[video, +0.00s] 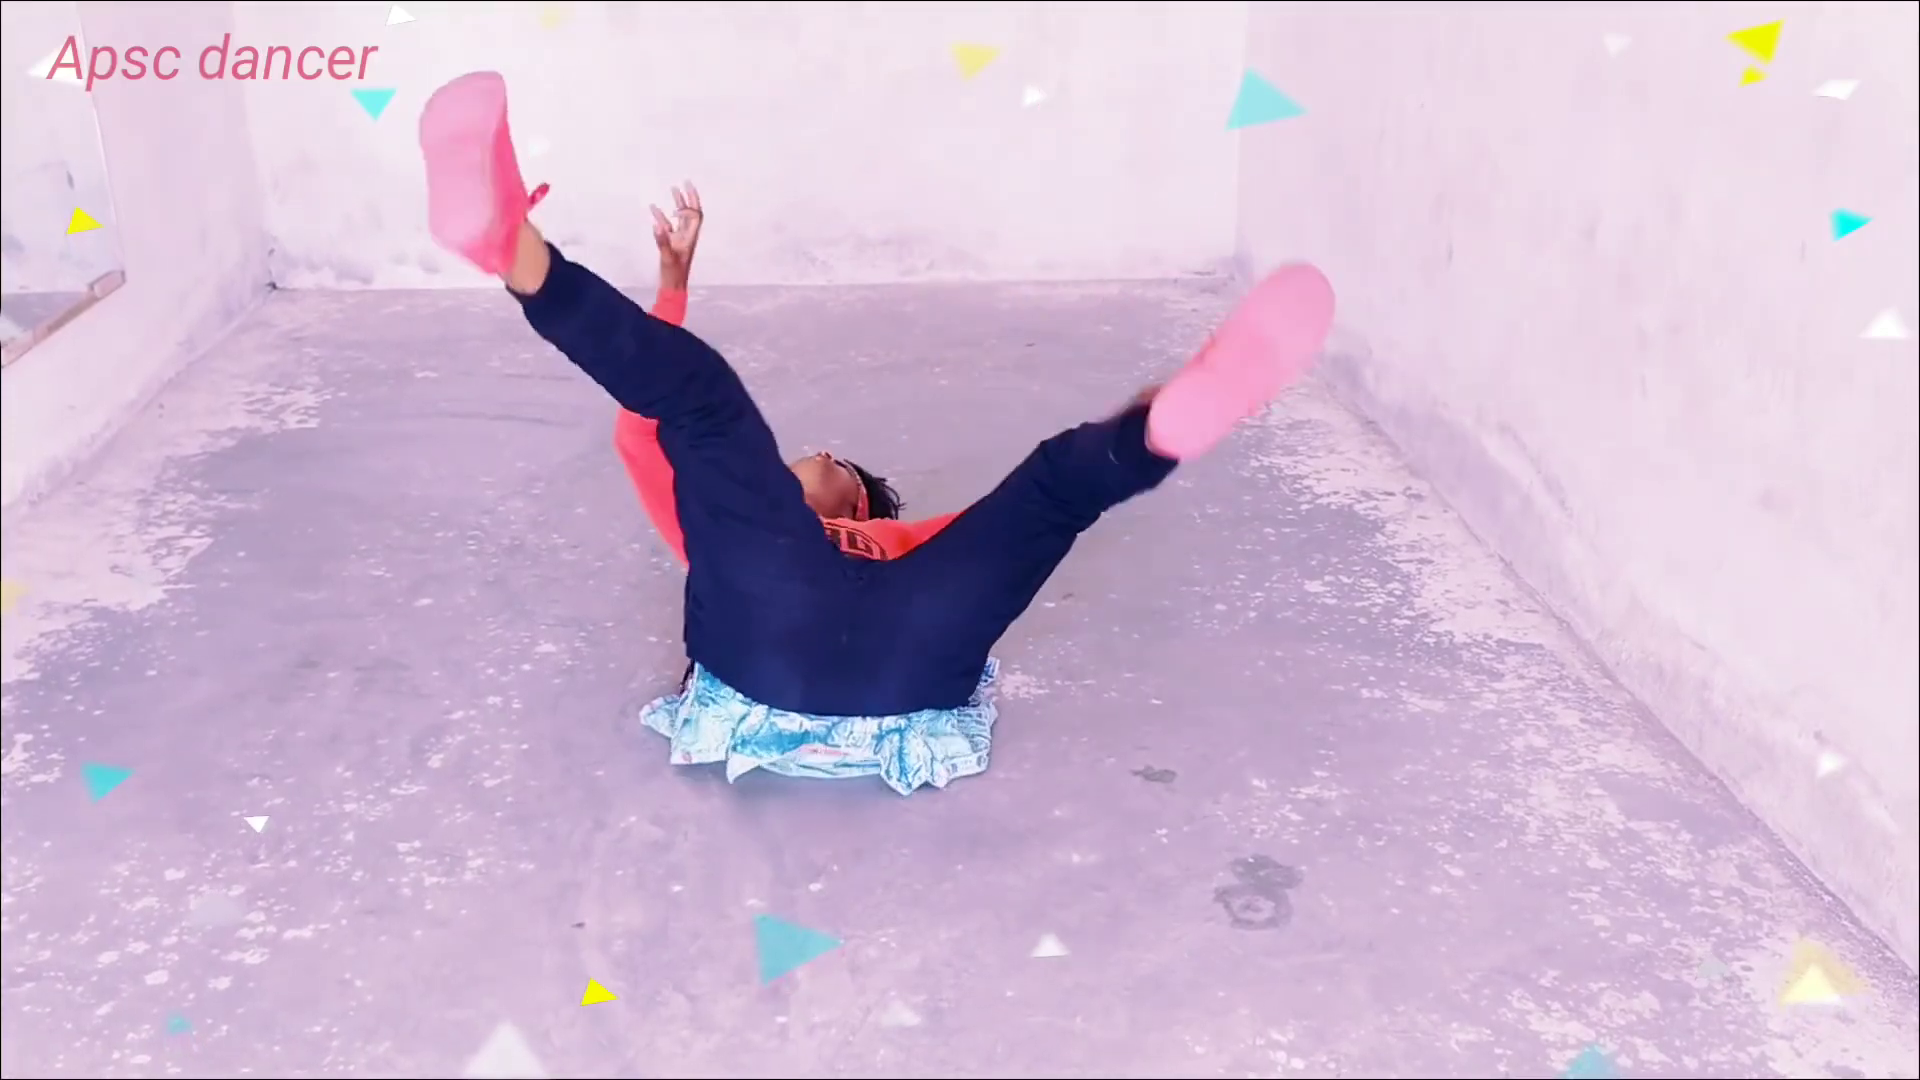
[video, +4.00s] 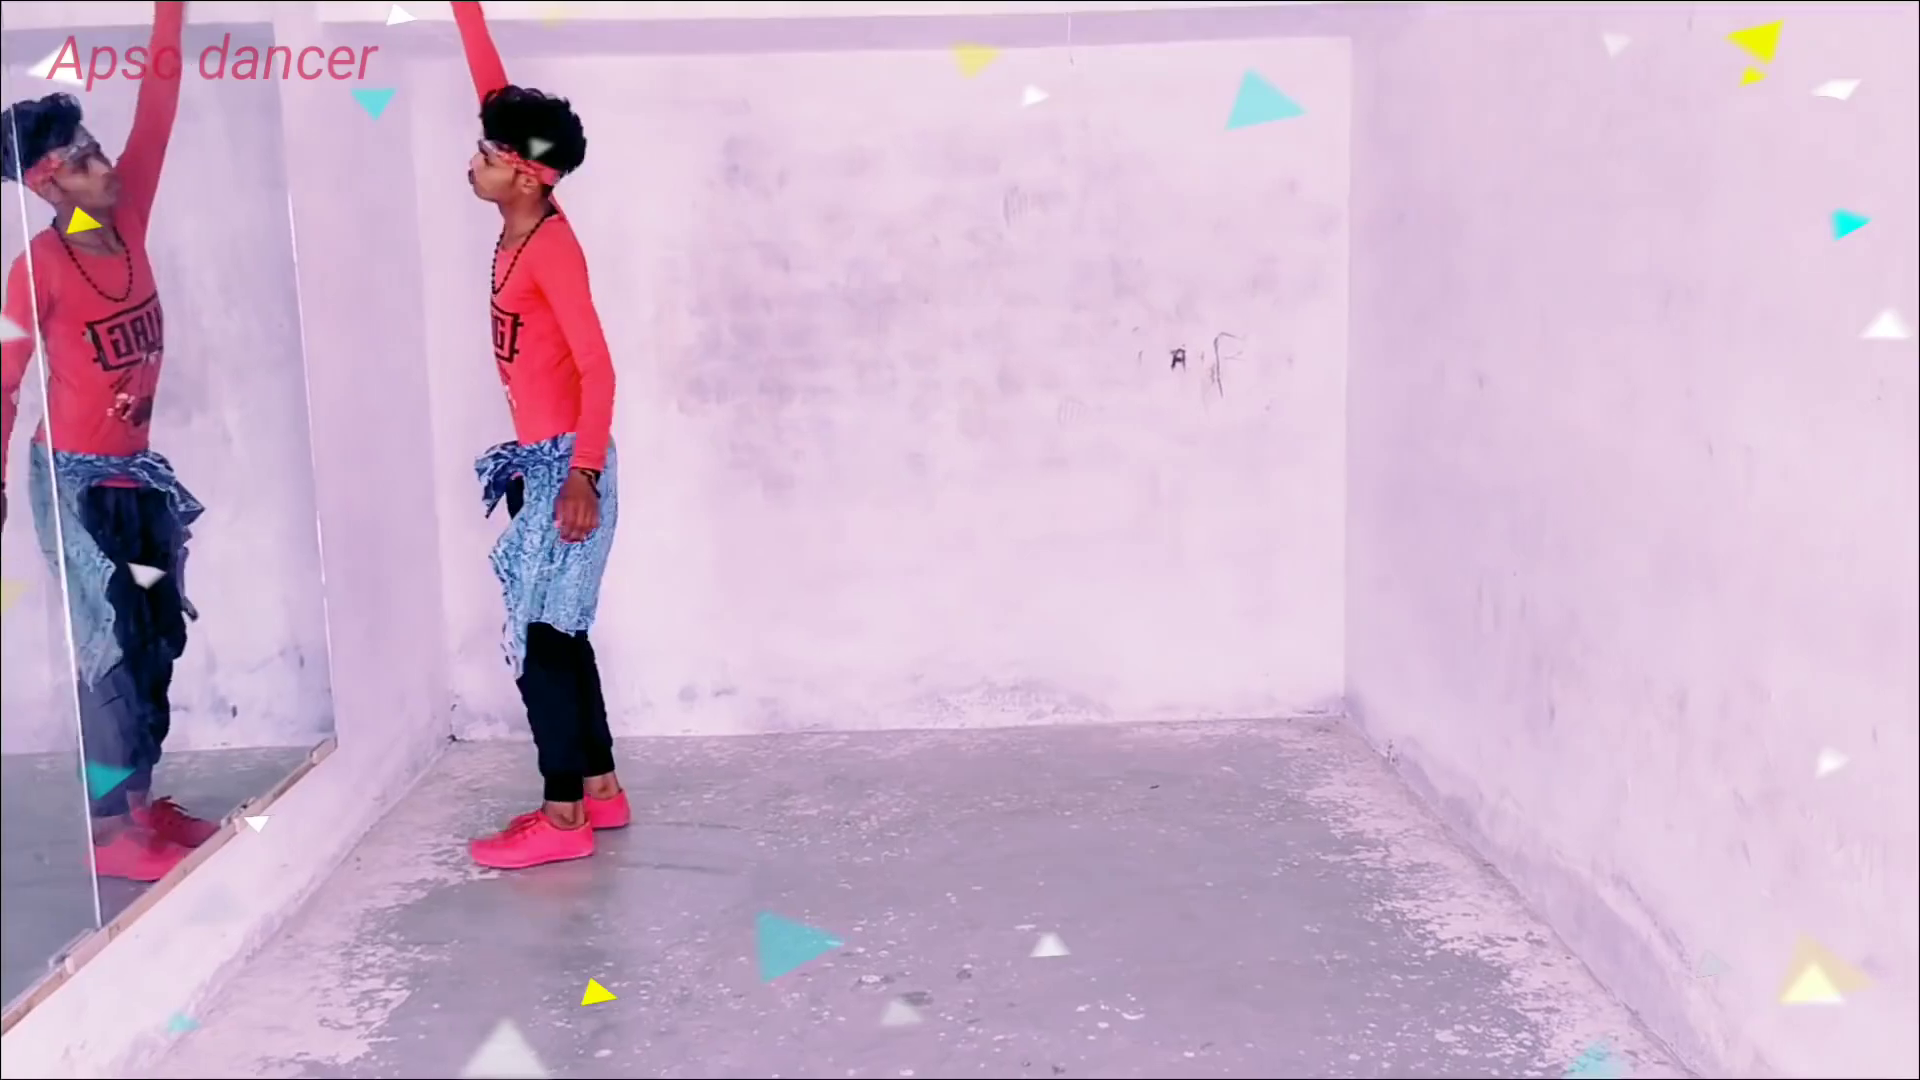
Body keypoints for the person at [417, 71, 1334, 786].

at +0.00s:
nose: (800, 464)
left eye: (821, 467)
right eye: (797, 469)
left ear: (863, 501)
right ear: (778, 489)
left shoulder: (901, 540)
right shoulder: (735, 531)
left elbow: (1007, 527)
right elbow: (651, 435)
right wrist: (675, 289)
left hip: (904, 671)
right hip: (758, 656)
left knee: (1050, 487)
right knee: (702, 402)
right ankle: (509, 247)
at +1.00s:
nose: (892, 337)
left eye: (913, 307)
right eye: (869, 310)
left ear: (964, 281)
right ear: (846, 296)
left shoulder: (1023, 394)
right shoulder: (800, 413)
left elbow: (1037, 558)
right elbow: (776, 563)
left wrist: (1078, 694)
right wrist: (740, 683)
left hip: (958, 741)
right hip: (829, 724)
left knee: (1213, 778)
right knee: (825, 632)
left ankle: (1240, 1016)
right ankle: (692, 1025)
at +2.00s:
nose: (1112, 197)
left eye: (1129, 176)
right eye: (1130, 171)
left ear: (1061, 105)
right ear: (1110, 134)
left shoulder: (959, 211)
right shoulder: (940, 171)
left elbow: (909, 408)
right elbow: (825, 377)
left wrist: (929, 580)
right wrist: (882, 602)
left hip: (758, 470)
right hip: (662, 493)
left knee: (1010, 561)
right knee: (923, 732)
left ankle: (951, 890)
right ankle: (681, 964)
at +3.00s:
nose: (608, 201)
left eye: (608, 189)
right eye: (621, 190)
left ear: (613, 197)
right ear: (695, 203)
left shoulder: (571, 295)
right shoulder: (728, 311)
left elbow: (541, 442)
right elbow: (757, 476)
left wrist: (521, 576)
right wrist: (791, 601)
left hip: (606, 574)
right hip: (706, 565)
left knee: (605, 786)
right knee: (711, 761)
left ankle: (710, 944)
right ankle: (759, 949)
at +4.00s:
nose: (474, 162)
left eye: (487, 154)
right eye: (480, 148)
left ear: (526, 173)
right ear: (522, 168)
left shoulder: (552, 251)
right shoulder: (522, 218)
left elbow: (597, 369)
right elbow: (493, 91)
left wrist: (583, 476)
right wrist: (463, 8)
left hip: (561, 468)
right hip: (547, 459)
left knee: (537, 637)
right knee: (556, 630)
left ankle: (563, 818)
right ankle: (598, 787)